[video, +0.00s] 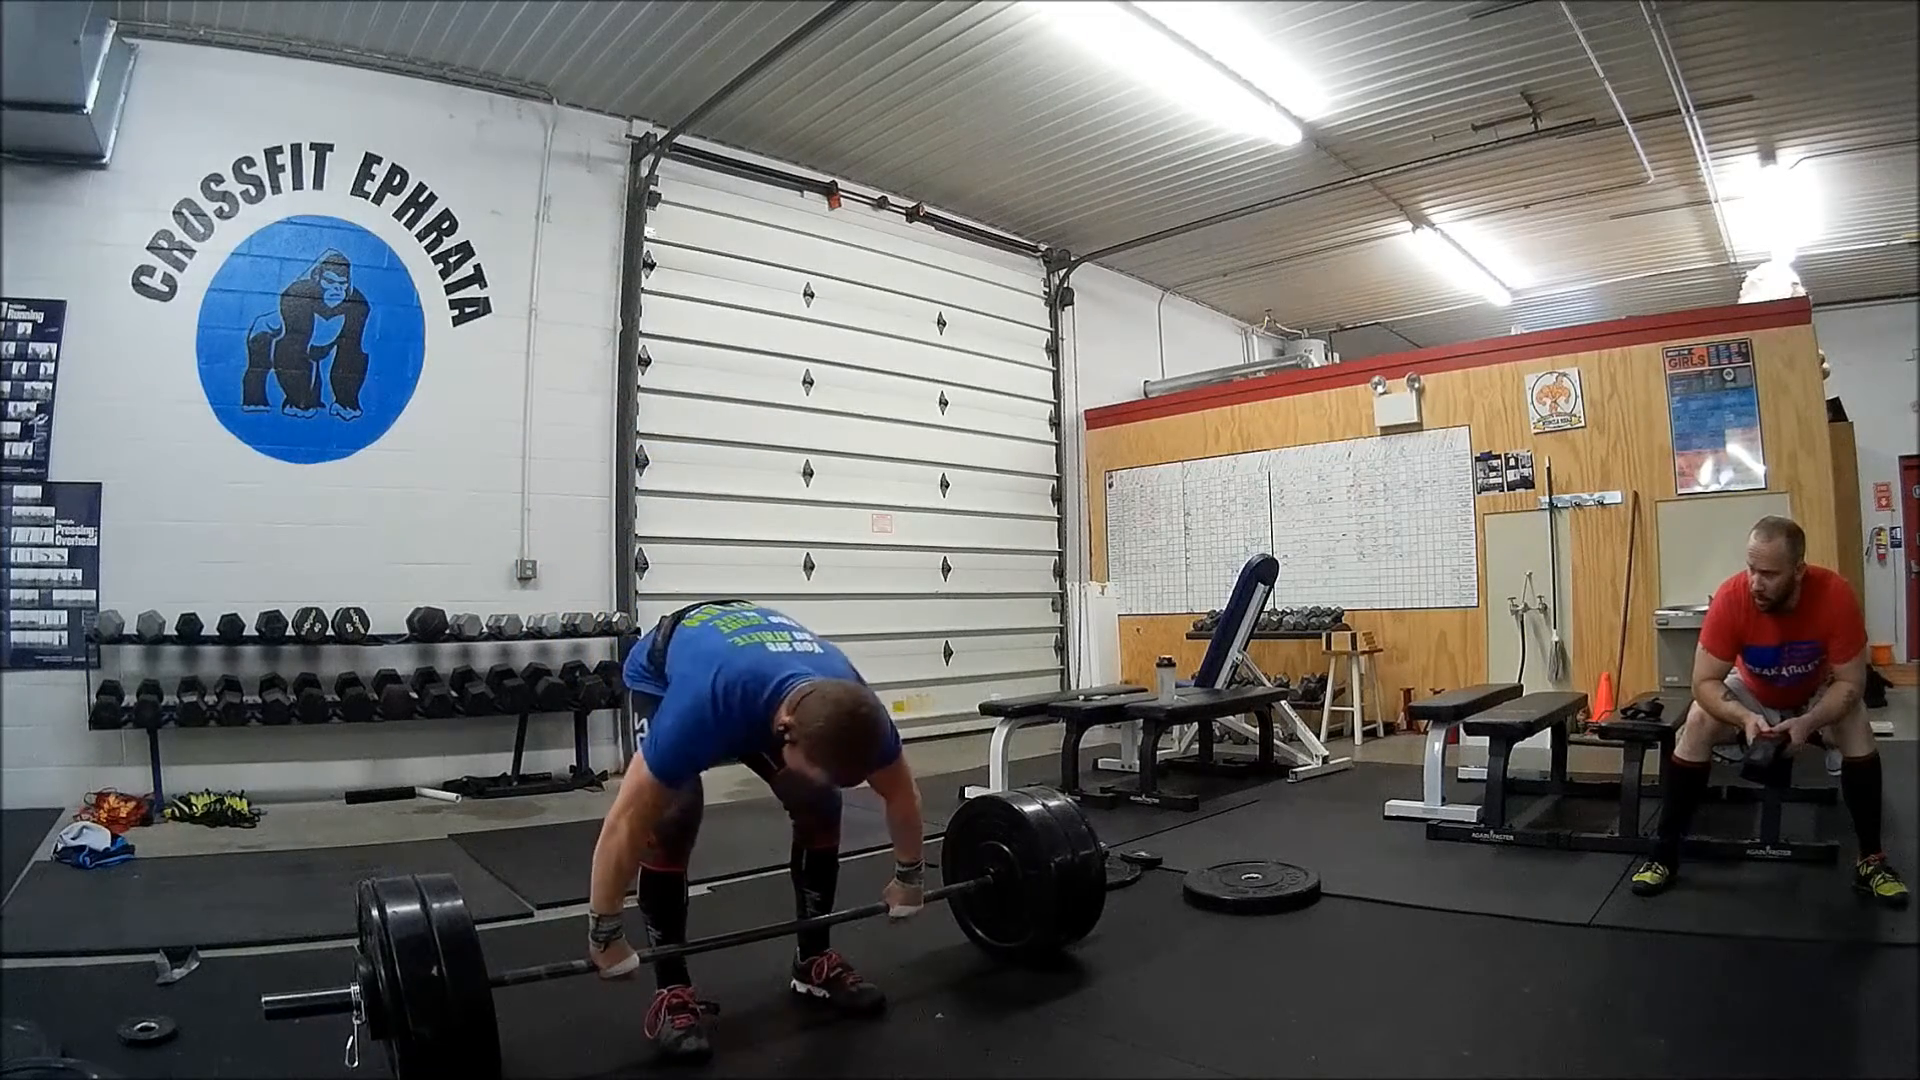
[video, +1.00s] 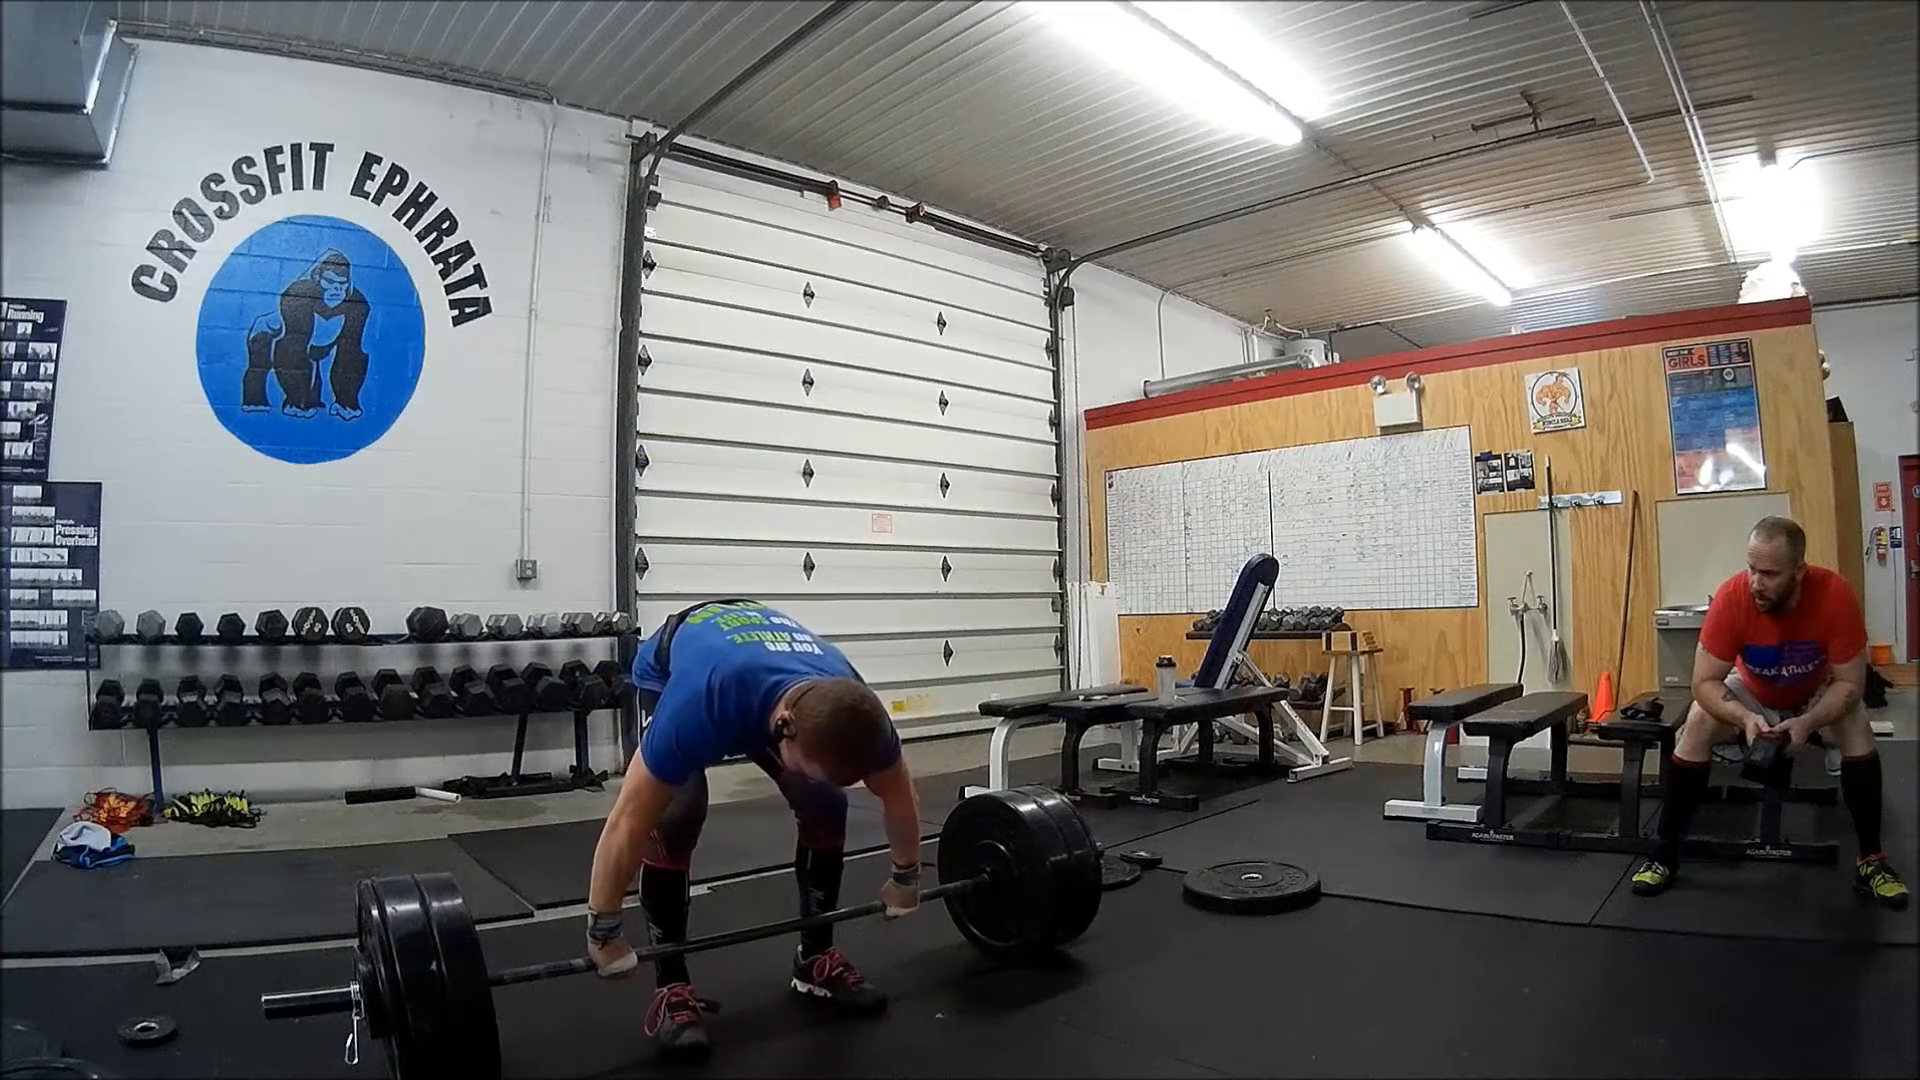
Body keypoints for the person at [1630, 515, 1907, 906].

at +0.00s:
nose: (1756, 584)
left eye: (1769, 575)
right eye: (1752, 570)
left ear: (1799, 569)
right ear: (1746, 562)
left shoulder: (1834, 595)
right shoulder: (1731, 598)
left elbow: (1850, 682)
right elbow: (1704, 683)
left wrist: (1808, 722)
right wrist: (1743, 718)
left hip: (1816, 695)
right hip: (1752, 694)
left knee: (1855, 723)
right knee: (1697, 721)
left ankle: (1871, 860)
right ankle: (1664, 857)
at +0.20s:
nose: (1756, 584)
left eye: (1769, 575)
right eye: (1752, 570)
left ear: (1799, 569)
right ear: (1746, 561)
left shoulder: (1833, 595)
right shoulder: (1731, 598)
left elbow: (1851, 683)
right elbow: (1704, 683)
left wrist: (1808, 722)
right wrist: (1743, 718)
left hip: (1816, 694)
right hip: (1753, 693)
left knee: (1854, 723)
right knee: (1697, 721)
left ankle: (1871, 859)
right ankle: (1664, 857)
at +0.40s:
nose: (1757, 584)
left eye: (1769, 575)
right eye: (1752, 570)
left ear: (1799, 569)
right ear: (1747, 561)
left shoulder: (1834, 596)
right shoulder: (1731, 599)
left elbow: (1851, 682)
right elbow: (1704, 683)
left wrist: (1808, 722)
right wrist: (1743, 718)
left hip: (1816, 694)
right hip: (1753, 693)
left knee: (1854, 723)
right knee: (1698, 721)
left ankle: (1871, 860)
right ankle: (1664, 857)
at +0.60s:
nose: (1757, 584)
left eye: (1769, 575)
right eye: (1752, 570)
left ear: (1799, 569)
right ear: (1747, 562)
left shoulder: (1834, 595)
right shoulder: (1731, 599)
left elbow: (1851, 682)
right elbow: (1704, 683)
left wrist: (1808, 722)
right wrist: (1744, 718)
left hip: (1816, 694)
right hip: (1753, 693)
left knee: (1854, 723)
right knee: (1698, 721)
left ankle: (1871, 860)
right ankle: (1664, 857)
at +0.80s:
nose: (1757, 584)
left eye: (1769, 574)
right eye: (1752, 570)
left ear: (1799, 569)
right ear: (1747, 562)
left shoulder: (1834, 595)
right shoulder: (1731, 599)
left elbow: (1851, 682)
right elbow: (1704, 683)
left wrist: (1808, 722)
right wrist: (1743, 718)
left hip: (1816, 695)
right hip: (1753, 693)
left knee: (1854, 723)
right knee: (1698, 721)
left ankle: (1871, 860)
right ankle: (1664, 857)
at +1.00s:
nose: (1757, 584)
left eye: (1769, 574)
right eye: (1752, 570)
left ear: (1799, 569)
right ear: (1747, 562)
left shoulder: (1834, 595)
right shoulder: (1731, 598)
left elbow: (1850, 683)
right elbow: (1704, 683)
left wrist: (1807, 722)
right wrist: (1744, 718)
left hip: (1816, 695)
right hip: (1752, 693)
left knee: (1855, 723)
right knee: (1698, 721)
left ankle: (1871, 860)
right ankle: (1663, 857)